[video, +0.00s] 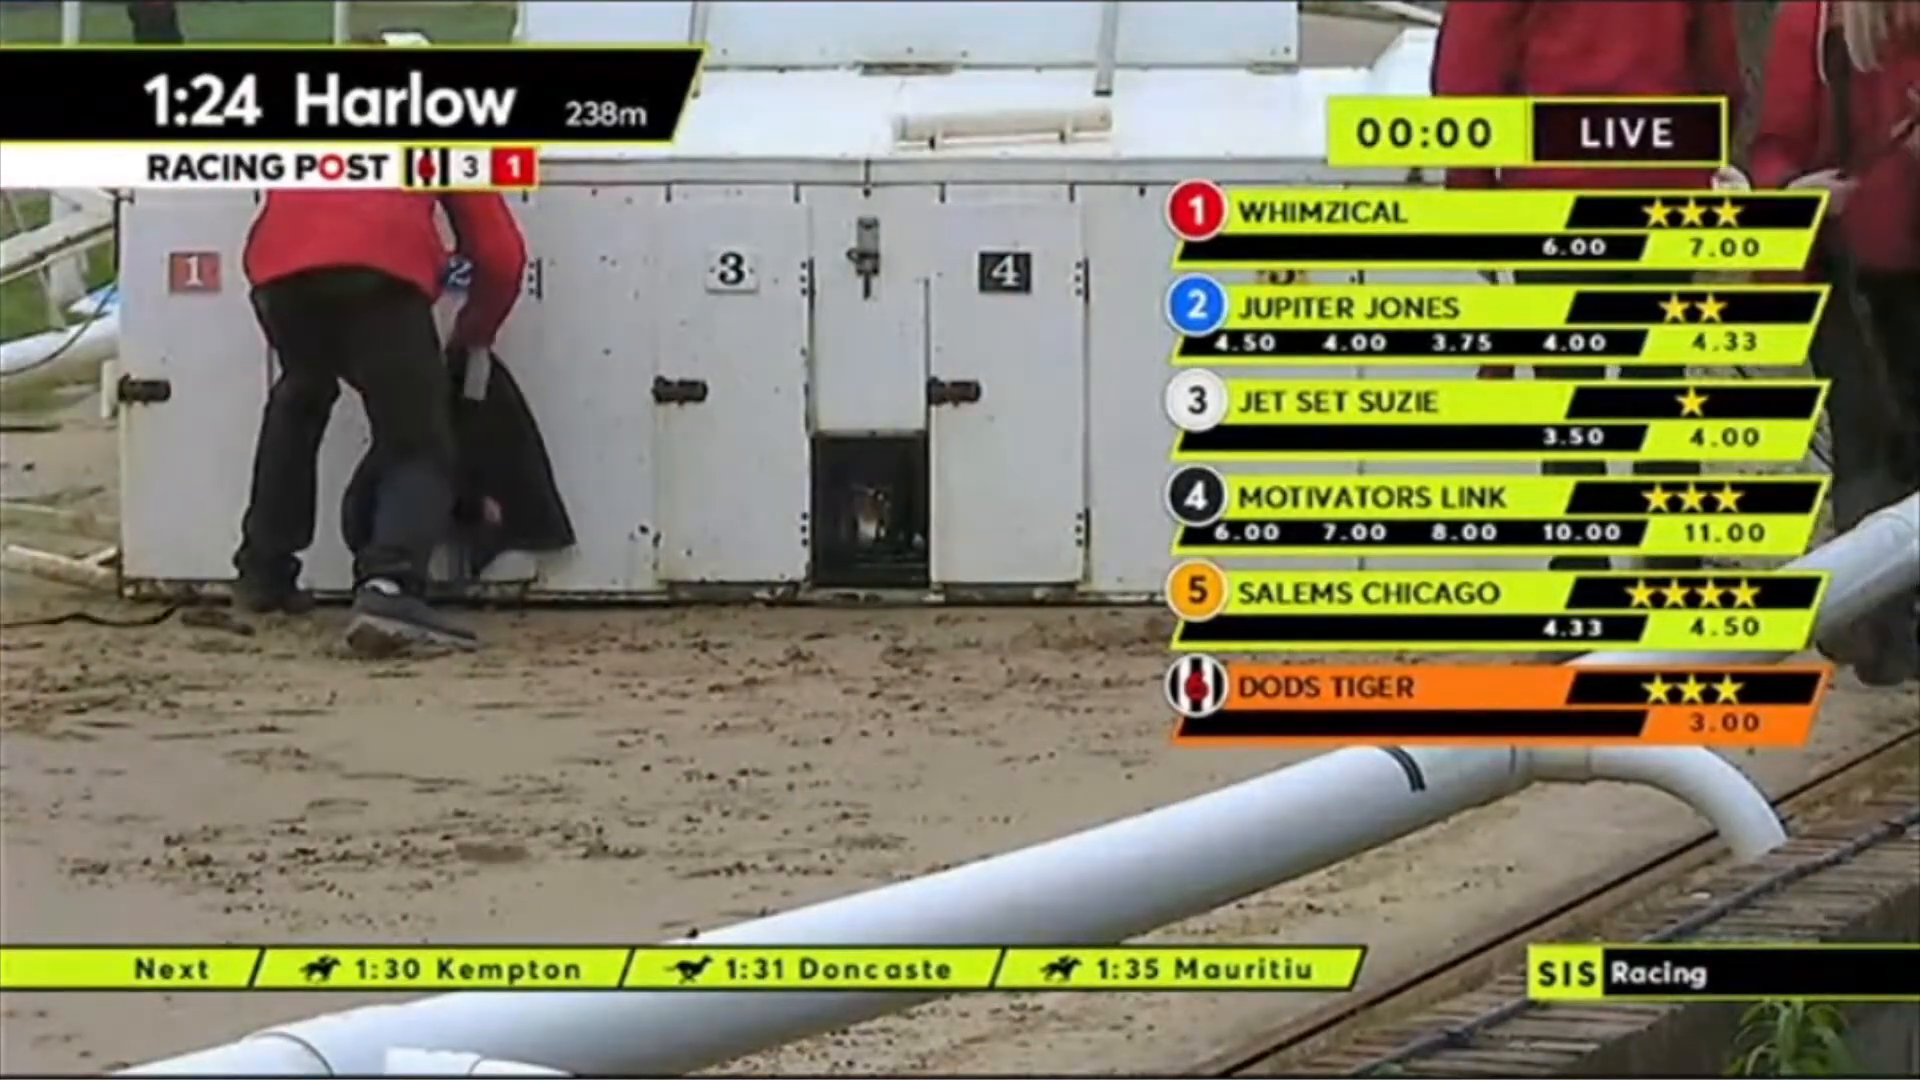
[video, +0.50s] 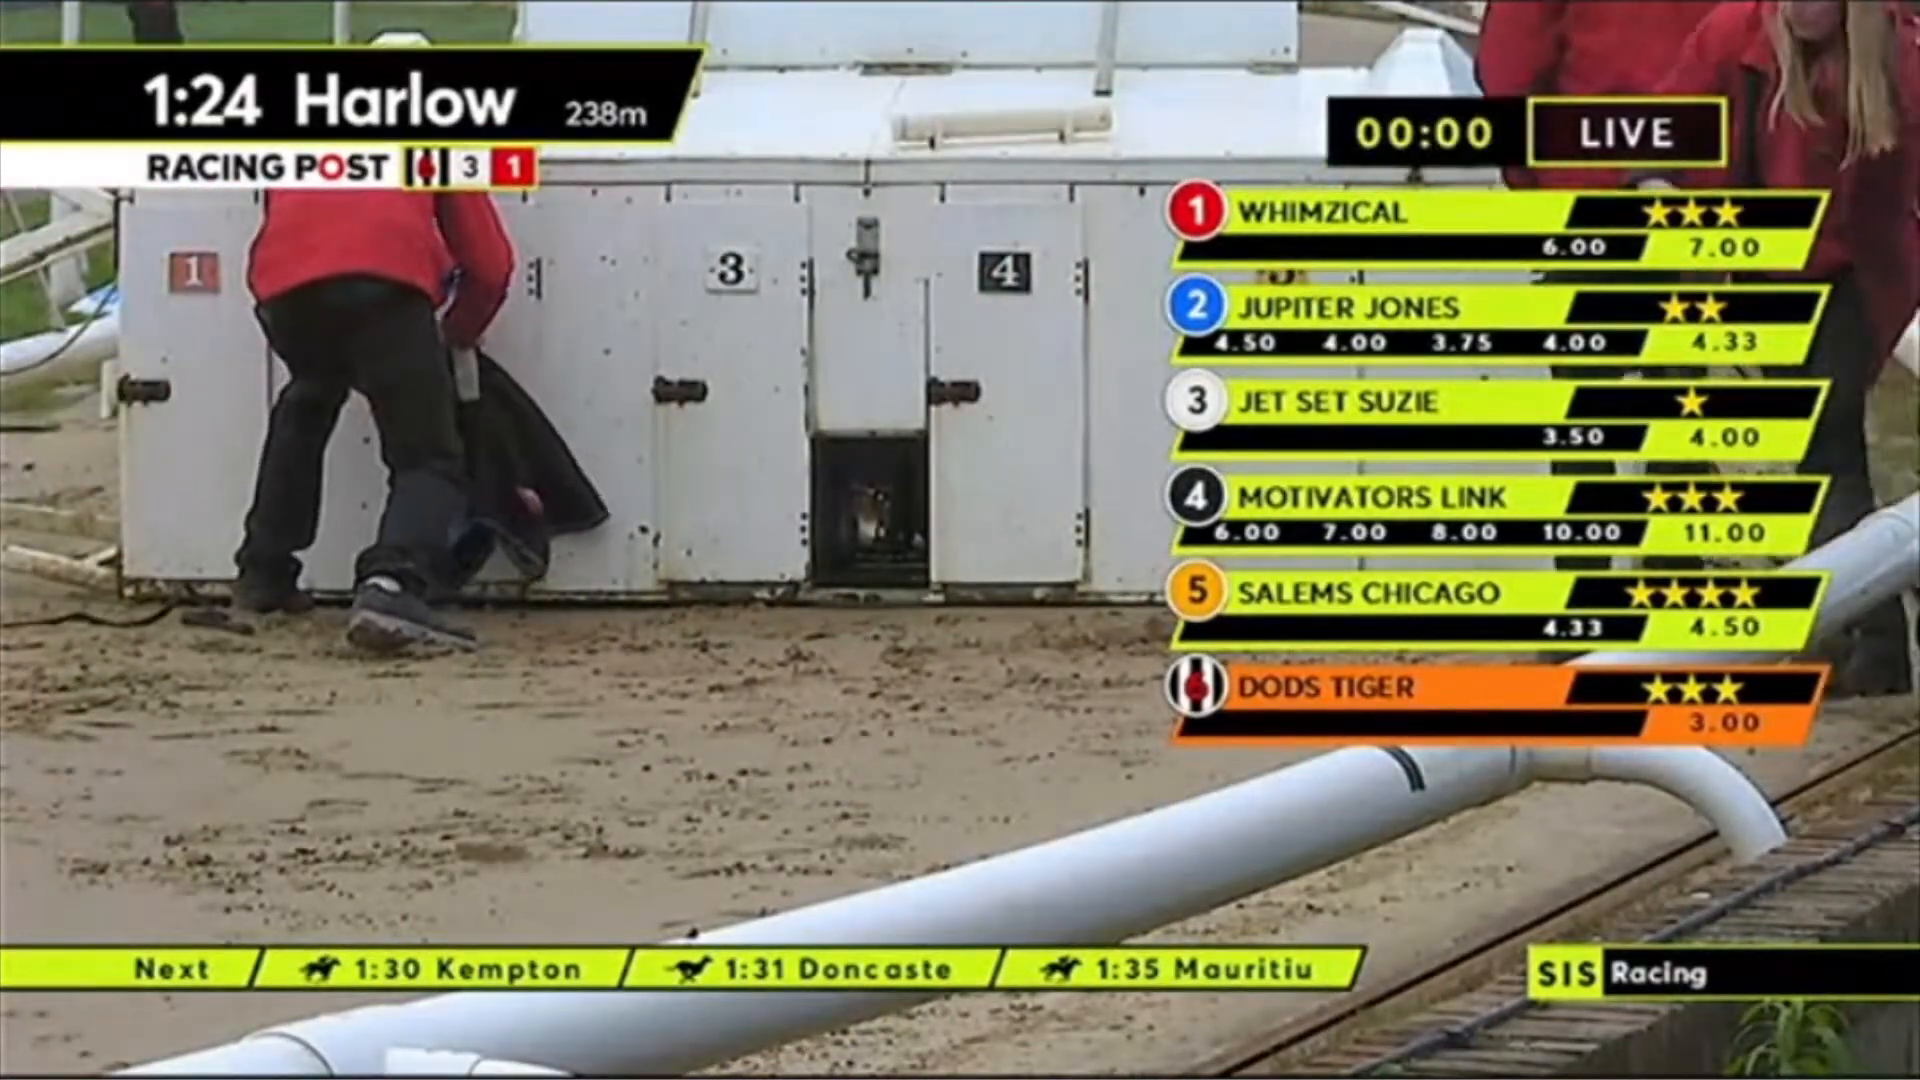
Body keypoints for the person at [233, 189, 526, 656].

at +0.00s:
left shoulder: (299, 163)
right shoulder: (440, 155)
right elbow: (503, 256)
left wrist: (283, 336)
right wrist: (470, 336)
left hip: (281, 268)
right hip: (379, 266)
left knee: (302, 387)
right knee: (416, 443)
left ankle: (264, 570)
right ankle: (388, 585)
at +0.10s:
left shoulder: (304, 164)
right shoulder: (444, 159)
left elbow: (264, 242)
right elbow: (498, 265)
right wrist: (464, 333)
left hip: (280, 270)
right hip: (380, 267)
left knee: (304, 384)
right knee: (416, 447)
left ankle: (264, 572)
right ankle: (388, 584)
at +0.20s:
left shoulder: (304, 163)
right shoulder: (439, 158)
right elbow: (491, 266)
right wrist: (458, 332)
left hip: (278, 273)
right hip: (380, 271)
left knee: (308, 388)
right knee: (419, 454)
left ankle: (263, 574)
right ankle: (389, 587)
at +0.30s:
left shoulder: (301, 164)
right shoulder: (436, 159)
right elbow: (490, 267)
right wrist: (457, 332)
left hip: (280, 279)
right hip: (382, 277)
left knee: (309, 389)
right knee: (422, 457)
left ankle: (263, 573)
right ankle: (389, 586)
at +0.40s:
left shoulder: (298, 164)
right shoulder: (434, 158)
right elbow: (493, 265)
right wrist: (459, 332)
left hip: (281, 285)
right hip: (383, 282)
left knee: (313, 388)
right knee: (425, 459)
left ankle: (263, 571)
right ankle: (389, 587)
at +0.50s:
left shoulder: (295, 163)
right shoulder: (435, 158)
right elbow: (492, 265)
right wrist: (455, 333)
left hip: (282, 286)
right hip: (385, 282)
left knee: (312, 386)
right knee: (427, 460)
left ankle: (263, 572)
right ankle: (391, 586)